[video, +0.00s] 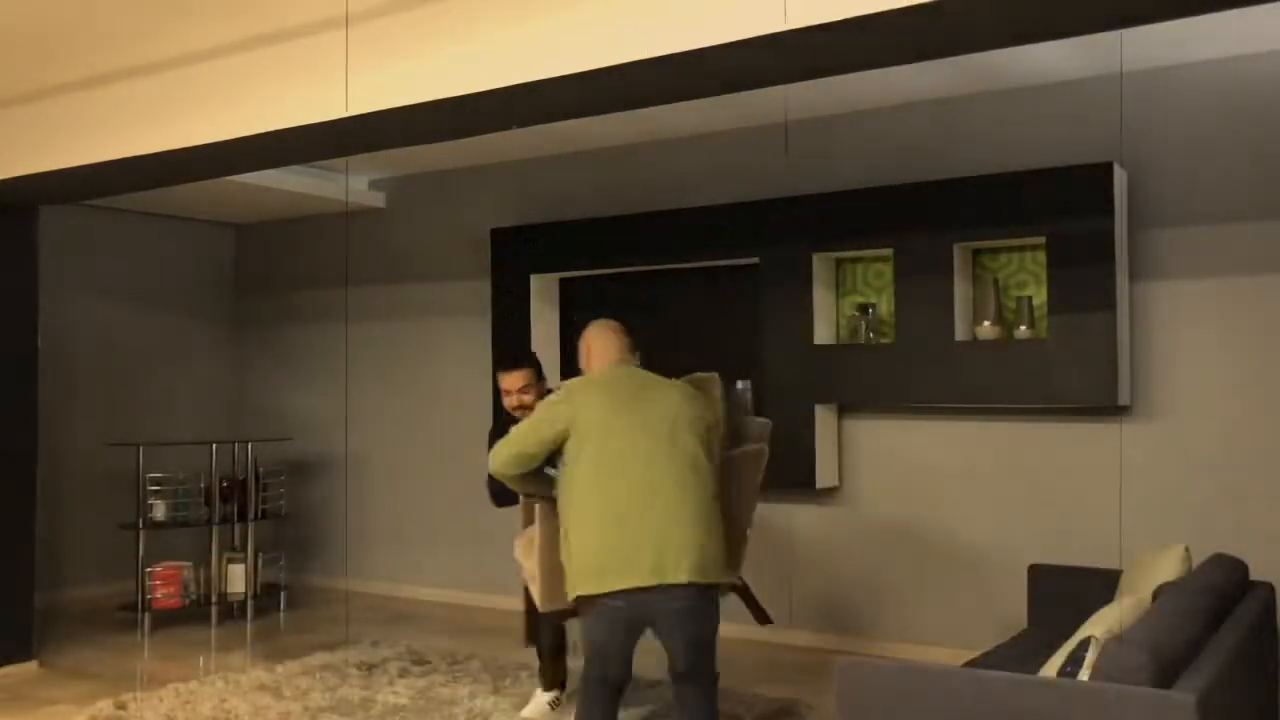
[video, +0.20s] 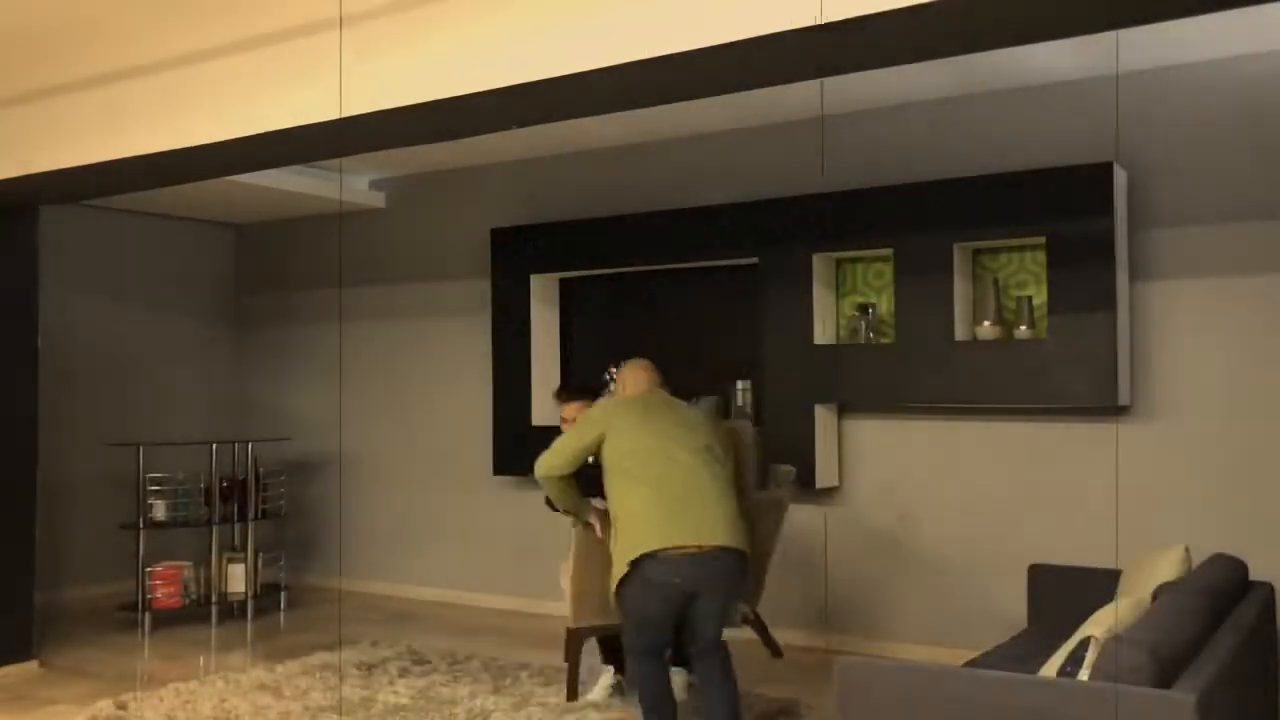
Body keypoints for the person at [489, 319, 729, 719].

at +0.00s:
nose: (581, 366)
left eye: (581, 359)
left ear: (585, 359)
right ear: (634, 355)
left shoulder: (574, 398)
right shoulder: (690, 397)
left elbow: (503, 463)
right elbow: (707, 462)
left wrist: (555, 487)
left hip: (606, 577)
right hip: (690, 577)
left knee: (600, 688)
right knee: (696, 689)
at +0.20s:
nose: (612, 393)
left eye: (613, 386)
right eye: (612, 386)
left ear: (620, 388)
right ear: (662, 386)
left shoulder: (610, 411)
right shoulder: (701, 419)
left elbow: (547, 468)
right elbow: (728, 486)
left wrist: (587, 510)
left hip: (655, 564)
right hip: (722, 561)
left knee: (646, 656)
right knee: (708, 651)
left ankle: (660, 713)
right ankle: (724, 712)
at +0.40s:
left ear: (656, 429)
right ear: (689, 432)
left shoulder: (645, 446)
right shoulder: (724, 463)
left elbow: (584, 500)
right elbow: (769, 487)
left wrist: (609, 545)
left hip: (676, 574)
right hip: (739, 576)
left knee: (635, 632)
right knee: (723, 648)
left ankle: (655, 713)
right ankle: (745, 711)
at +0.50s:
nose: (629, 473)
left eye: (632, 466)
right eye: (626, 466)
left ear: (661, 453)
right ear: (697, 456)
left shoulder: (658, 469)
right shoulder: (731, 487)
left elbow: (598, 523)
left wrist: (621, 572)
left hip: (689, 592)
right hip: (750, 598)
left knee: (638, 647)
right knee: (720, 653)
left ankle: (656, 713)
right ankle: (744, 712)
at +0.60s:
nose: (637, 482)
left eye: (637, 475)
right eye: (634, 477)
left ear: (646, 465)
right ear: (674, 459)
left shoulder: (658, 478)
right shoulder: (727, 492)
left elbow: (603, 533)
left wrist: (622, 577)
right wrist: (653, 563)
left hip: (688, 588)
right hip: (748, 597)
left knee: (632, 646)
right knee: (719, 651)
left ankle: (649, 712)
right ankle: (740, 712)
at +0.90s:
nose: (644, 416)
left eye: (646, 408)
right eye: (644, 408)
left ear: (660, 408)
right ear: (686, 407)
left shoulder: (657, 436)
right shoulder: (723, 437)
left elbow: (631, 512)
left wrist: (629, 563)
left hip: (731, 560)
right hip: (779, 559)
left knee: (653, 630)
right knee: (727, 639)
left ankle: (655, 712)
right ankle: (758, 709)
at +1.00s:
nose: (645, 383)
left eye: (650, 372)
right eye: (645, 373)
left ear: (676, 366)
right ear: (684, 368)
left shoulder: (691, 404)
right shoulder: (714, 403)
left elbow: (672, 479)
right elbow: (703, 506)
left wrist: (635, 545)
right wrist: (659, 562)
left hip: (748, 558)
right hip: (772, 555)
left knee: (662, 627)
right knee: (718, 633)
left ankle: (697, 709)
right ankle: (763, 709)